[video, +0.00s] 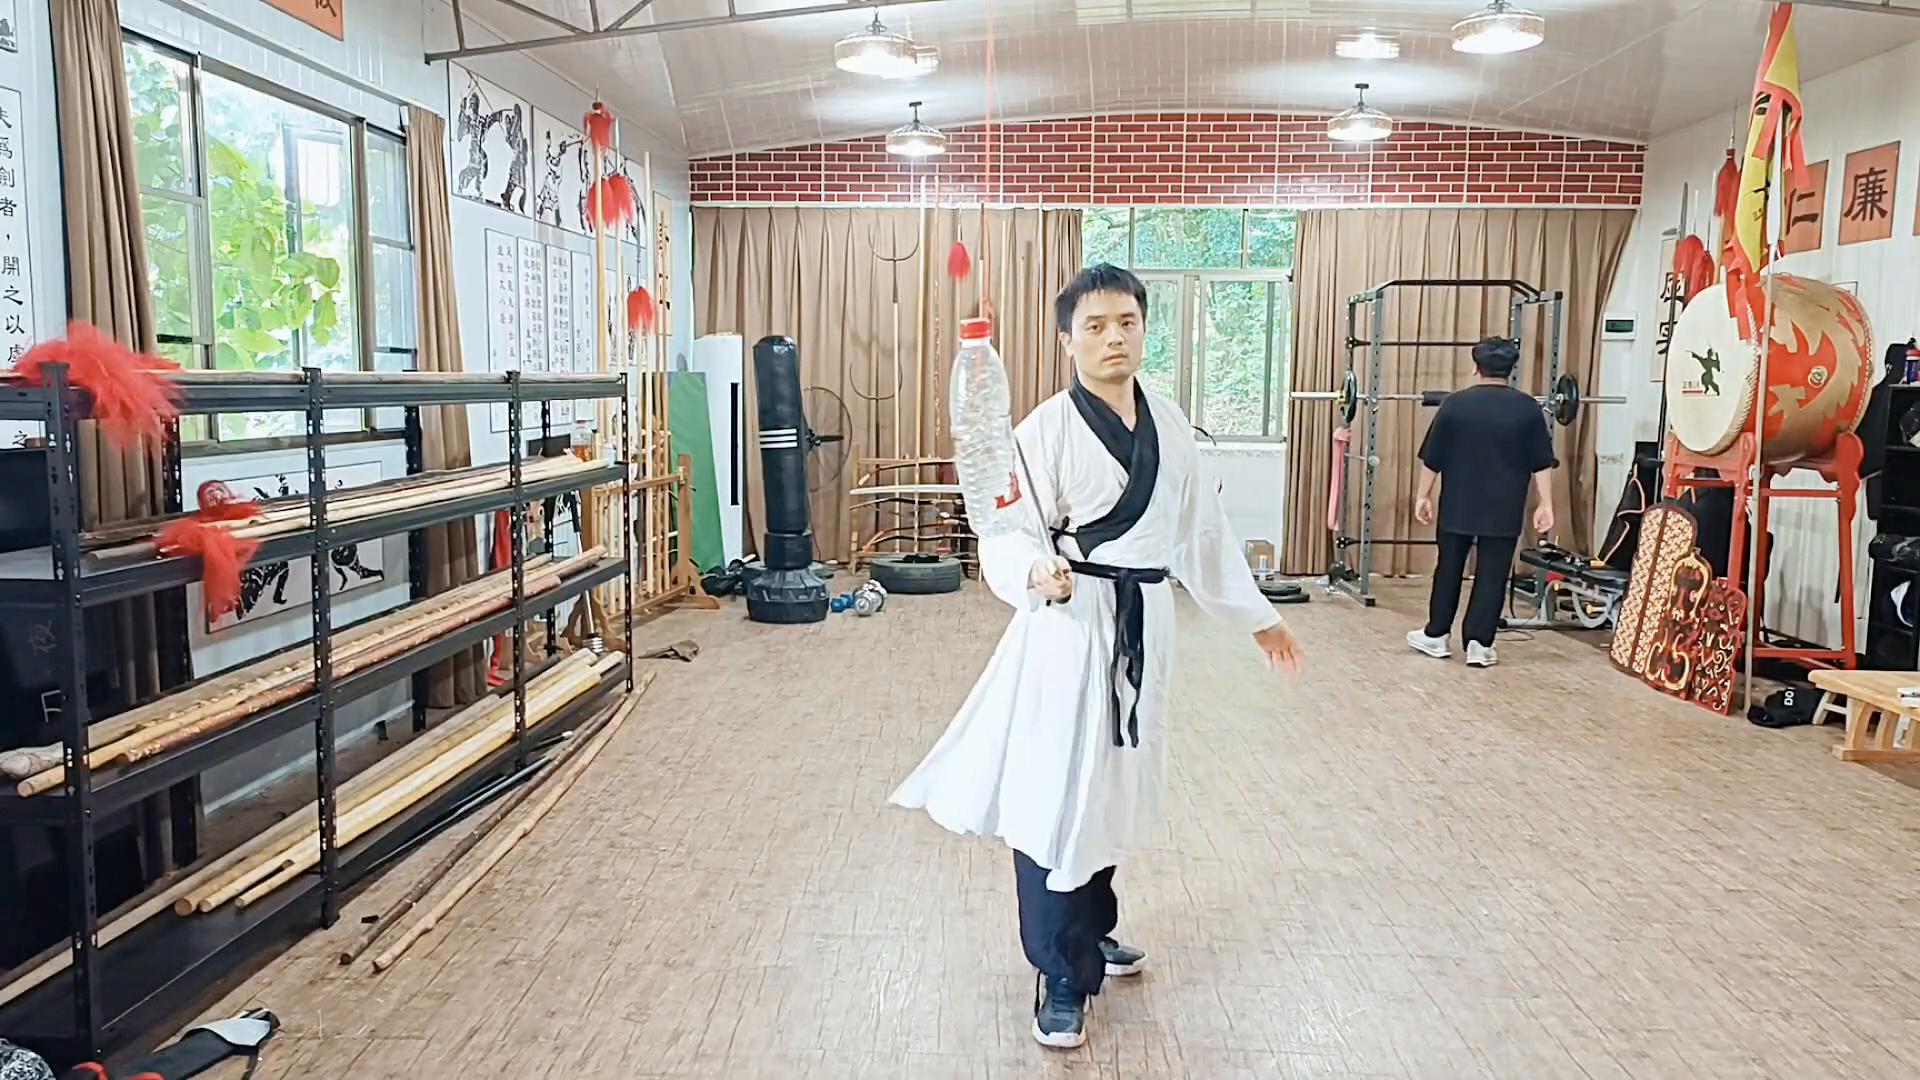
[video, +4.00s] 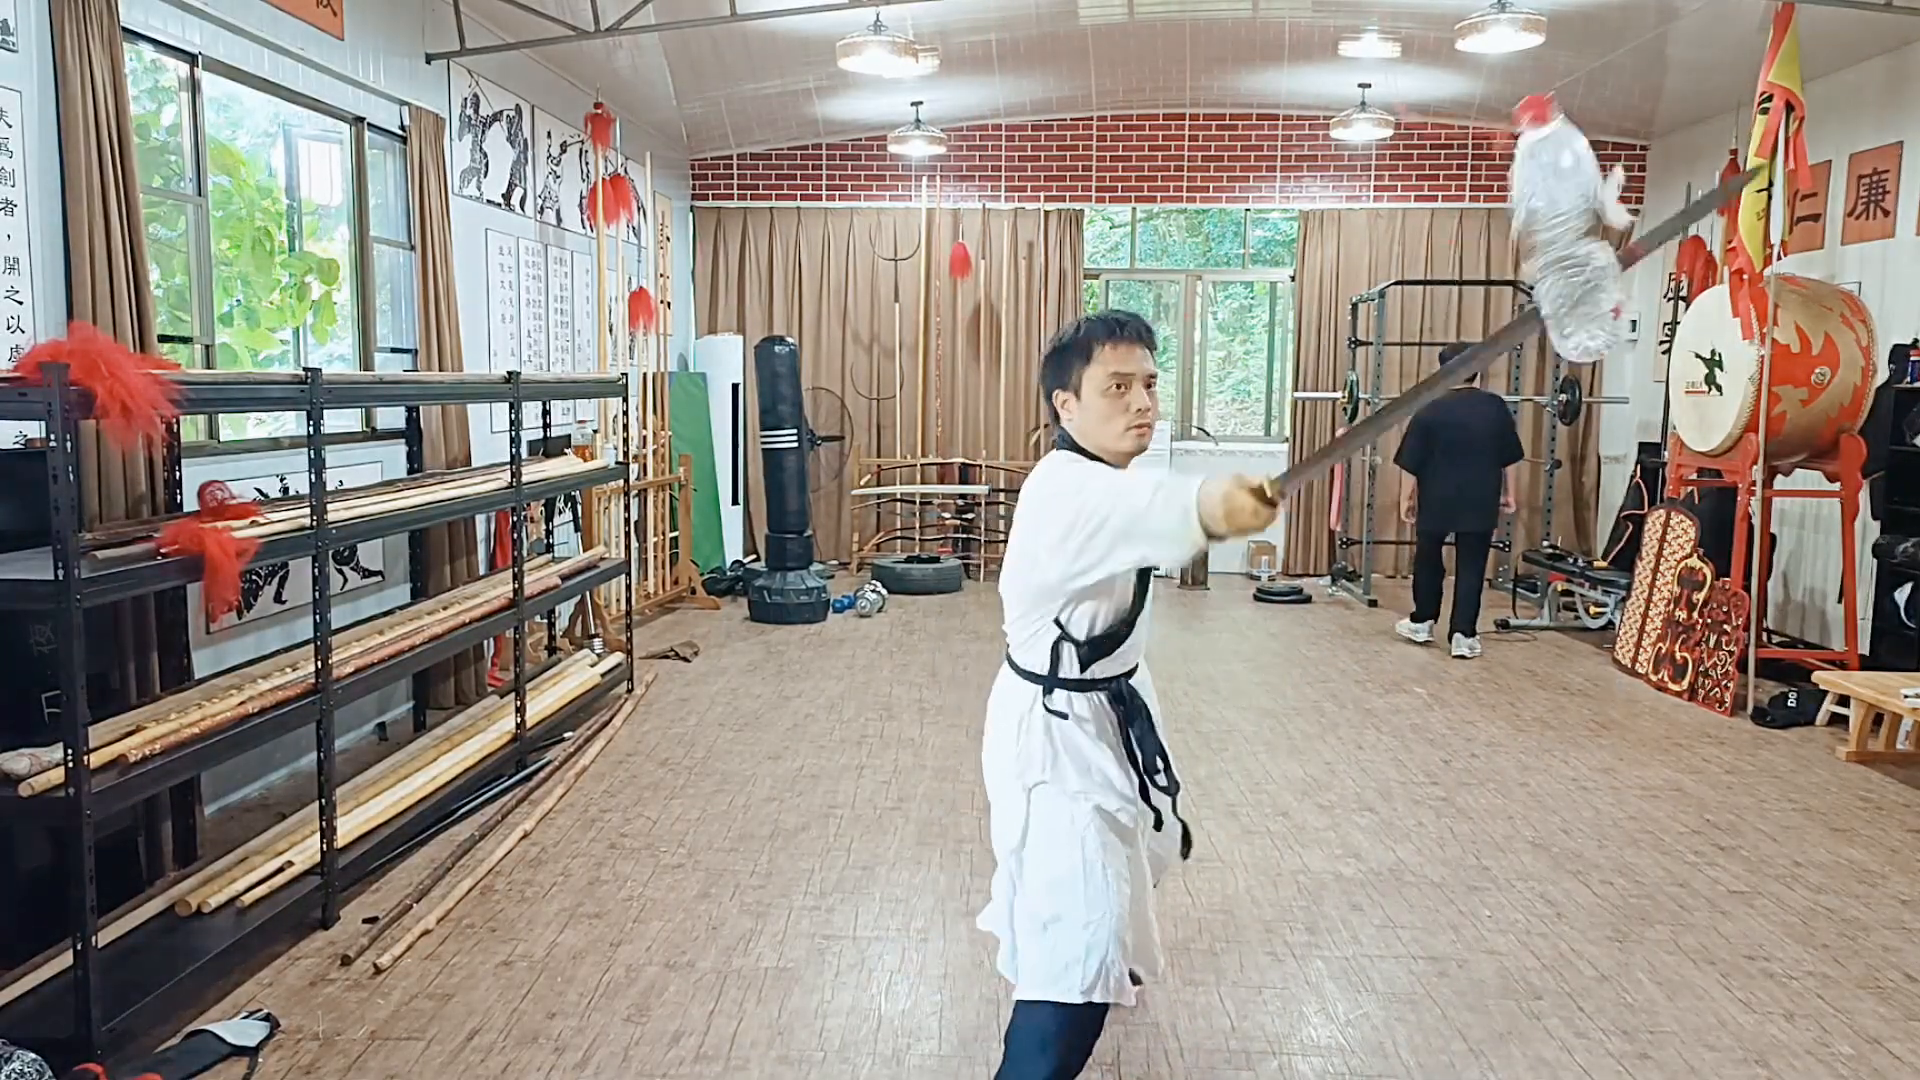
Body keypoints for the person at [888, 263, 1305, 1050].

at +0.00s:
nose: (1114, 337)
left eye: (1127, 321)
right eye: (1097, 325)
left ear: (1145, 332)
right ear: (1069, 339)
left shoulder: (1170, 428)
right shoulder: (1042, 433)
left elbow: (1207, 538)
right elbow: (1001, 533)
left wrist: (1260, 616)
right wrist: (1035, 571)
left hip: (1141, 626)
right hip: (1067, 627)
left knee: (1114, 782)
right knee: (1050, 796)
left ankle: (1089, 932)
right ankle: (1056, 979)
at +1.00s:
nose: (1113, 398)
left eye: (1127, 380)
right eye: (1091, 380)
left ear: (1141, 389)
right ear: (1052, 391)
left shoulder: (1108, 459)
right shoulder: (1044, 462)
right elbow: (1042, 493)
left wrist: (1120, 696)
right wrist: (1070, 486)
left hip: (1103, 685)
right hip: (1045, 698)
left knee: (1107, 818)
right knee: (1040, 886)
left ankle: (1098, 928)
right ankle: (1038, 1058)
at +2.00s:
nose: (1110, 401)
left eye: (1124, 385)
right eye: (1091, 386)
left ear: (1141, 390)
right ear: (1060, 393)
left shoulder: (1145, 466)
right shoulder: (1031, 483)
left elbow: (1160, 573)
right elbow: (988, 599)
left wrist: (1217, 639)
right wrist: (1032, 633)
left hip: (1125, 672)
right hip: (1053, 681)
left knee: (1138, 816)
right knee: (1076, 850)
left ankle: (1099, 933)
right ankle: (1015, 1033)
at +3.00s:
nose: (1119, 386)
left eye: (1133, 372)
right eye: (1100, 372)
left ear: (1149, 388)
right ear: (1067, 387)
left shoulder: (1136, 471)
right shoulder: (1032, 486)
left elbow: (1131, 578)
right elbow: (979, 606)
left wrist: (1168, 650)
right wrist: (1003, 684)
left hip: (1118, 682)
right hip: (1048, 688)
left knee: (1127, 827)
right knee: (1032, 863)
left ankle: (1083, 945)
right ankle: (1027, 1061)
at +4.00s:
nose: (1142, 403)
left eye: (1149, 384)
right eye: (1118, 386)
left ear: (1158, 392)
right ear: (1065, 405)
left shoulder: (1112, 483)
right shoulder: (1064, 490)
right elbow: (1146, 510)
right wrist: (1213, 507)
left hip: (1105, 713)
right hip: (1053, 728)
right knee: (1068, 976)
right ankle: (1030, 1065)